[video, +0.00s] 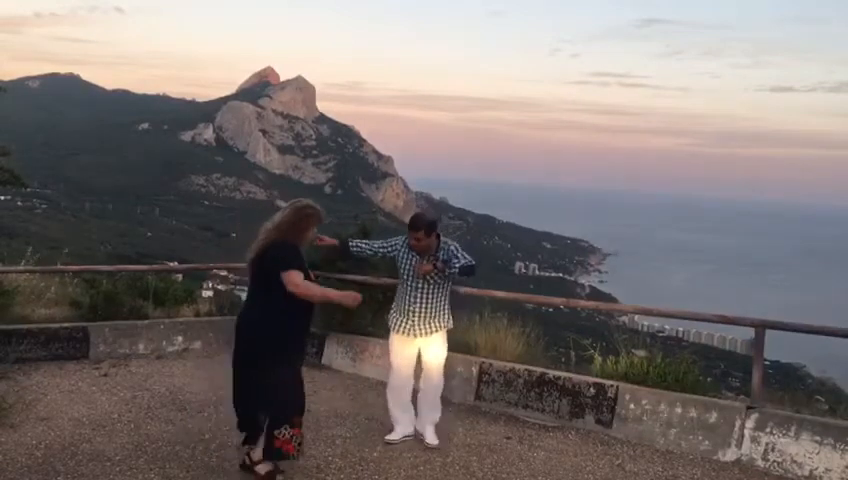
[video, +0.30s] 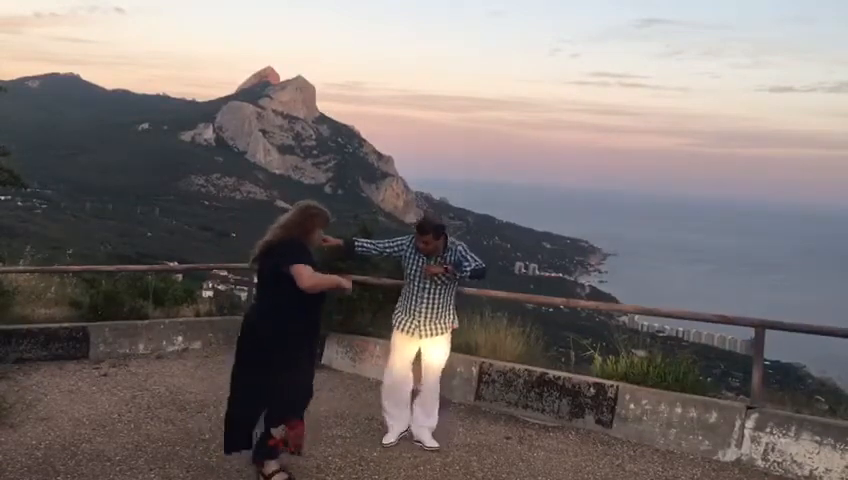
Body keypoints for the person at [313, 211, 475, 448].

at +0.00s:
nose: (413, 243)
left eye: (418, 240)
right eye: (411, 238)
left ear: (433, 236)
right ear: (408, 233)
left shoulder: (449, 249)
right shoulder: (402, 244)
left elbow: (470, 268)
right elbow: (372, 247)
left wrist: (439, 267)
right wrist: (338, 243)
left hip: (435, 327)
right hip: (403, 324)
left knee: (433, 379)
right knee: (400, 377)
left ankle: (427, 425)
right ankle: (403, 425)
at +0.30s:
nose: (420, 246)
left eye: (425, 243)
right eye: (418, 241)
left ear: (440, 239)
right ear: (416, 235)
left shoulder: (457, 250)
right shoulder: (409, 245)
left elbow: (480, 270)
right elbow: (377, 247)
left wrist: (448, 271)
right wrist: (341, 243)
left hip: (438, 328)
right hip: (406, 324)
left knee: (431, 381)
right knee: (396, 376)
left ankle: (423, 429)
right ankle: (396, 426)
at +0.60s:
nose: (441, 255)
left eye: (446, 252)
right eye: (438, 250)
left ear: (455, 247)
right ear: (432, 241)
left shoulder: (464, 255)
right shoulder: (417, 247)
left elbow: (489, 278)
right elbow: (384, 249)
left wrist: (459, 279)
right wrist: (348, 246)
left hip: (442, 329)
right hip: (411, 326)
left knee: (435, 383)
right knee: (410, 381)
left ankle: (426, 432)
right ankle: (408, 437)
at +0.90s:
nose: (459, 256)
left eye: (464, 253)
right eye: (456, 251)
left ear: (470, 251)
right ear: (447, 241)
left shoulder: (469, 260)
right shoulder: (429, 248)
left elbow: (488, 279)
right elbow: (401, 253)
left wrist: (475, 292)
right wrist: (377, 255)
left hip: (440, 330)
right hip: (411, 328)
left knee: (447, 378)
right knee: (413, 382)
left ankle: (425, 427)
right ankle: (409, 437)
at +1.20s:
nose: (484, 253)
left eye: (487, 250)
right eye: (483, 247)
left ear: (484, 247)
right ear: (474, 238)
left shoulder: (473, 263)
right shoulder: (449, 245)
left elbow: (472, 293)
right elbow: (432, 251)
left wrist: (470, 310)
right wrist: (462, 251)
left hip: (451, 332)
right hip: (427, 327)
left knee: (452, 383)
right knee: (433, 380)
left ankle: (442, 437)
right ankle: (413, 433)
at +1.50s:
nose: (497, 236)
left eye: (499, 232)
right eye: (496, 230)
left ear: (481, 226)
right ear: (484, 224)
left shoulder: (472, 248)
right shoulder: (461, 242)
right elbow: (487, 246)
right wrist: (503, 243)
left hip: (459, 327)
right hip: (453, 326)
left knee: (449, 385)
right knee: (477, 383)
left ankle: (439, 435)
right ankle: (443, 429)